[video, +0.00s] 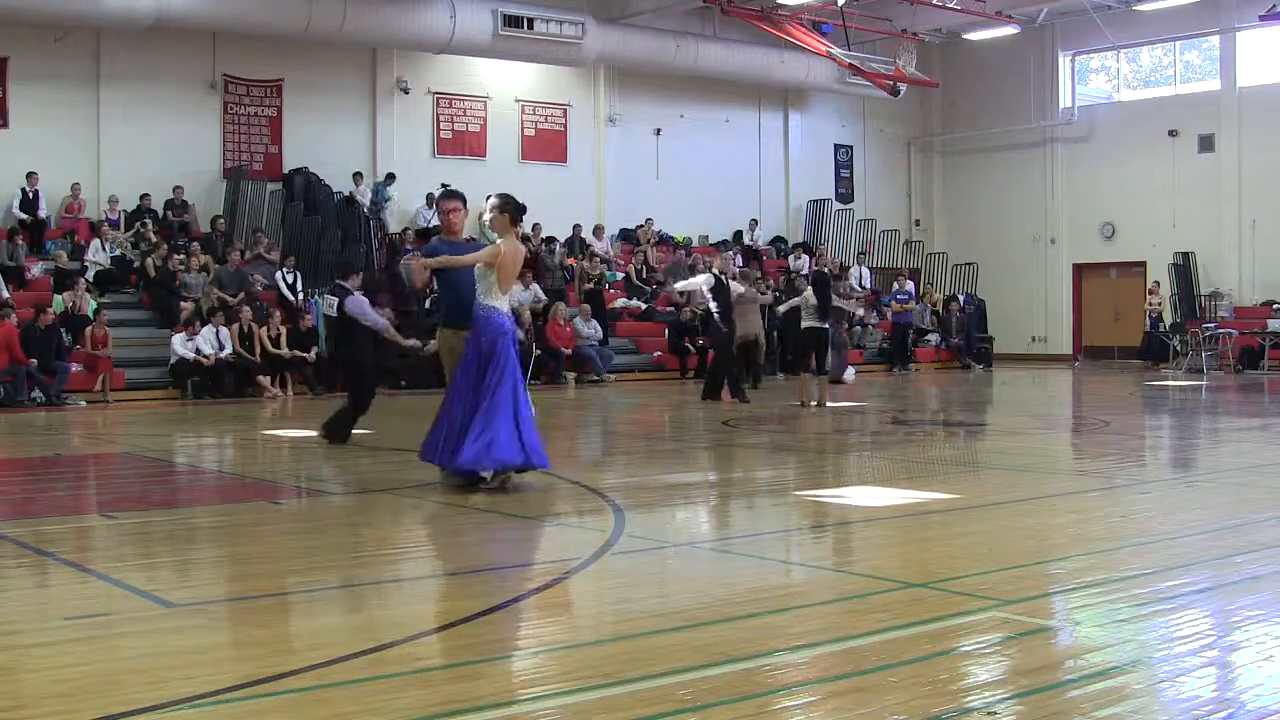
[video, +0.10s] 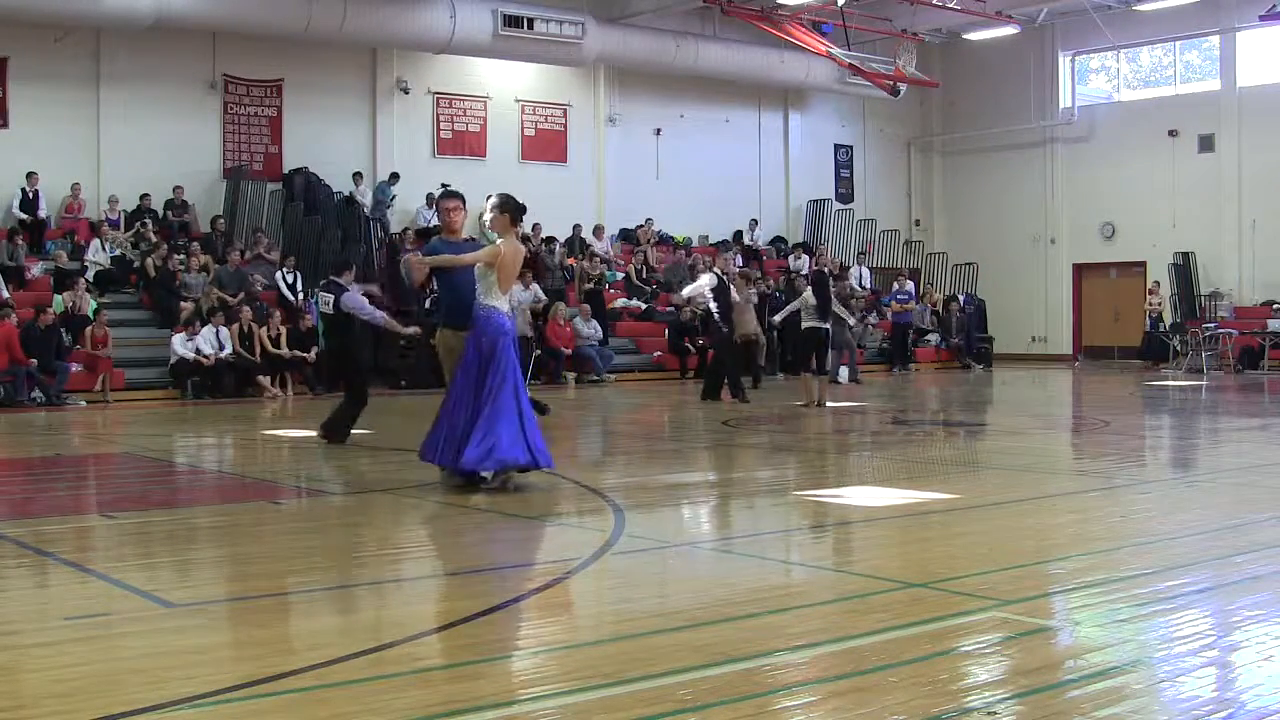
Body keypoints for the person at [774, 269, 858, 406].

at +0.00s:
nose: (809, 282)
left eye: (810, 280)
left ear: (813, 282)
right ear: (827, 283)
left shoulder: (807, 295)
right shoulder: (828, 296)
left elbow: (791, 302)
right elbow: (843, 304)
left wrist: (780, 309)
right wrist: (857, 309)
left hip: (808, 329)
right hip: (823, 329)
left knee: (804, 364)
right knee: (822, 365)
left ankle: (804, 397)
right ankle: (823, 398)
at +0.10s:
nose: (808, 282)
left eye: (809, 280)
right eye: (809, 280)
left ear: (812, 281)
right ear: (826, 282)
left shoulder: (807, 295)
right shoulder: (828, 297)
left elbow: (791, 307)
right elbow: (840, 310)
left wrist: (777, 318)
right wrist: (852, 321)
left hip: (809, 330)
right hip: (824, 331)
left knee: (805, 365)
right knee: (822, 366)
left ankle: (809, 398)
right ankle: (822, 399)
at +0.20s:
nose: (807, 281)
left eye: (809, 279)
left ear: (812, 281)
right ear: (826, 282)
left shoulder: (806, 296)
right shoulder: (828, 297)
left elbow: (790, 310)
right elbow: (835, 314)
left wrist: (775, 325)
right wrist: (844, 327)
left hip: (809, 330)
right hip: (824, 331)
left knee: (808, 366)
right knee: (822, 366)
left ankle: (812, 398)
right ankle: (822, 399)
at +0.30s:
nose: (806, 282)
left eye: (808, 280)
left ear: (811, 281)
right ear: (825, 282)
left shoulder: (805, 296)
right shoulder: (829, 297)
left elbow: (789, 313)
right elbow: (831, 316)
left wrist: (775, 329)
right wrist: (837, 330)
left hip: (809, 331)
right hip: (824, 332)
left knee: (808, 366)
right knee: (822, 367)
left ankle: (813, 398)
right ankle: (822, 398)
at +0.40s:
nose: (805, 282)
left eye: (807, 280)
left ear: (809, 281)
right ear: (824, 282)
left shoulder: (803, 297)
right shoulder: (828, 297)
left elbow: (792, 316)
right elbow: (829, 319)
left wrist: (778, 332)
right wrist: (833, 334)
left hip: (808, 331)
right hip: (824, 333)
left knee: (807, 366)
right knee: (820, 367)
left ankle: (813, 397)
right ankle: (822, 398)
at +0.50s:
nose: (803, 283)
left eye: (805, 281)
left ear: (808, 283)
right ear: (822, 283)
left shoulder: (801, 299)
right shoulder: (826, 298)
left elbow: (795, 320)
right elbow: (829, 321)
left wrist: (787, 338)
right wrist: (835, 339)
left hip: (806, 332)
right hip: (822, 333)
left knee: (803, 366)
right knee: (820, 368)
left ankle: (806, 396)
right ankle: (822, 398)